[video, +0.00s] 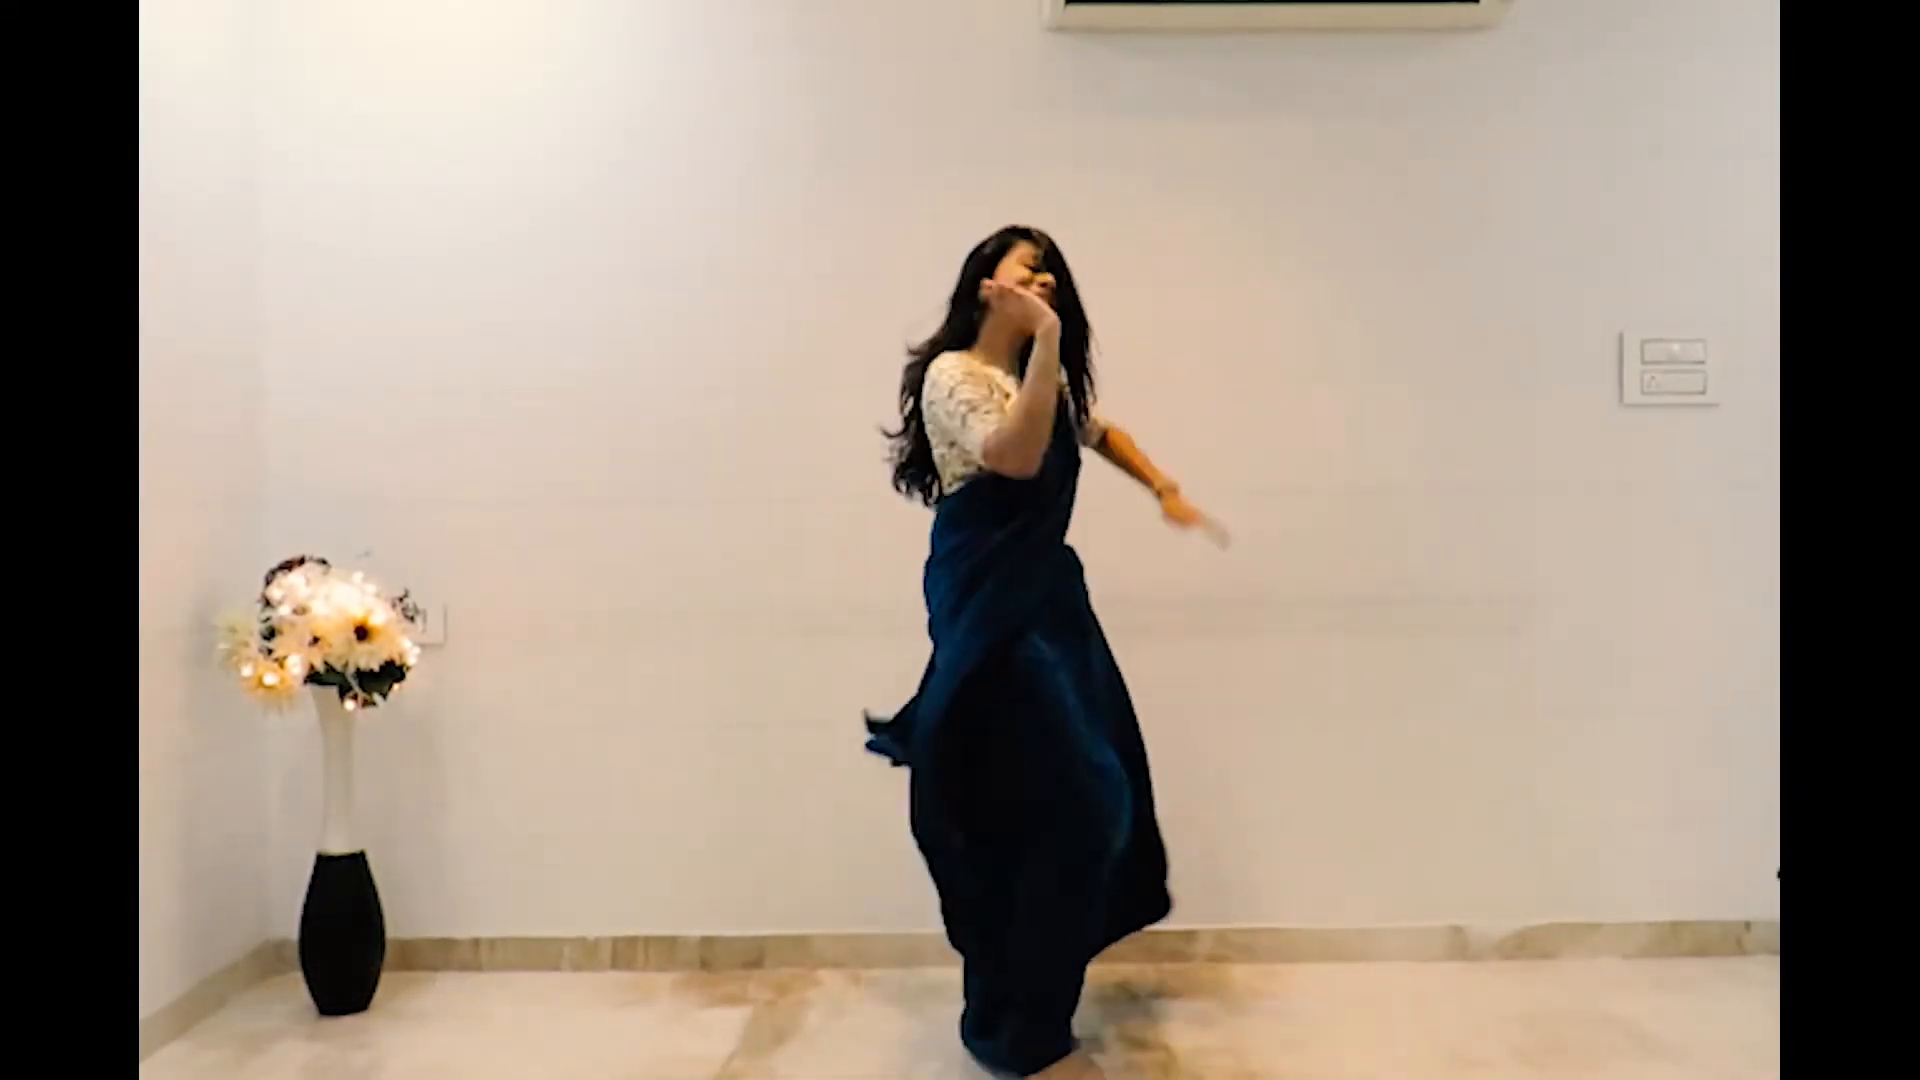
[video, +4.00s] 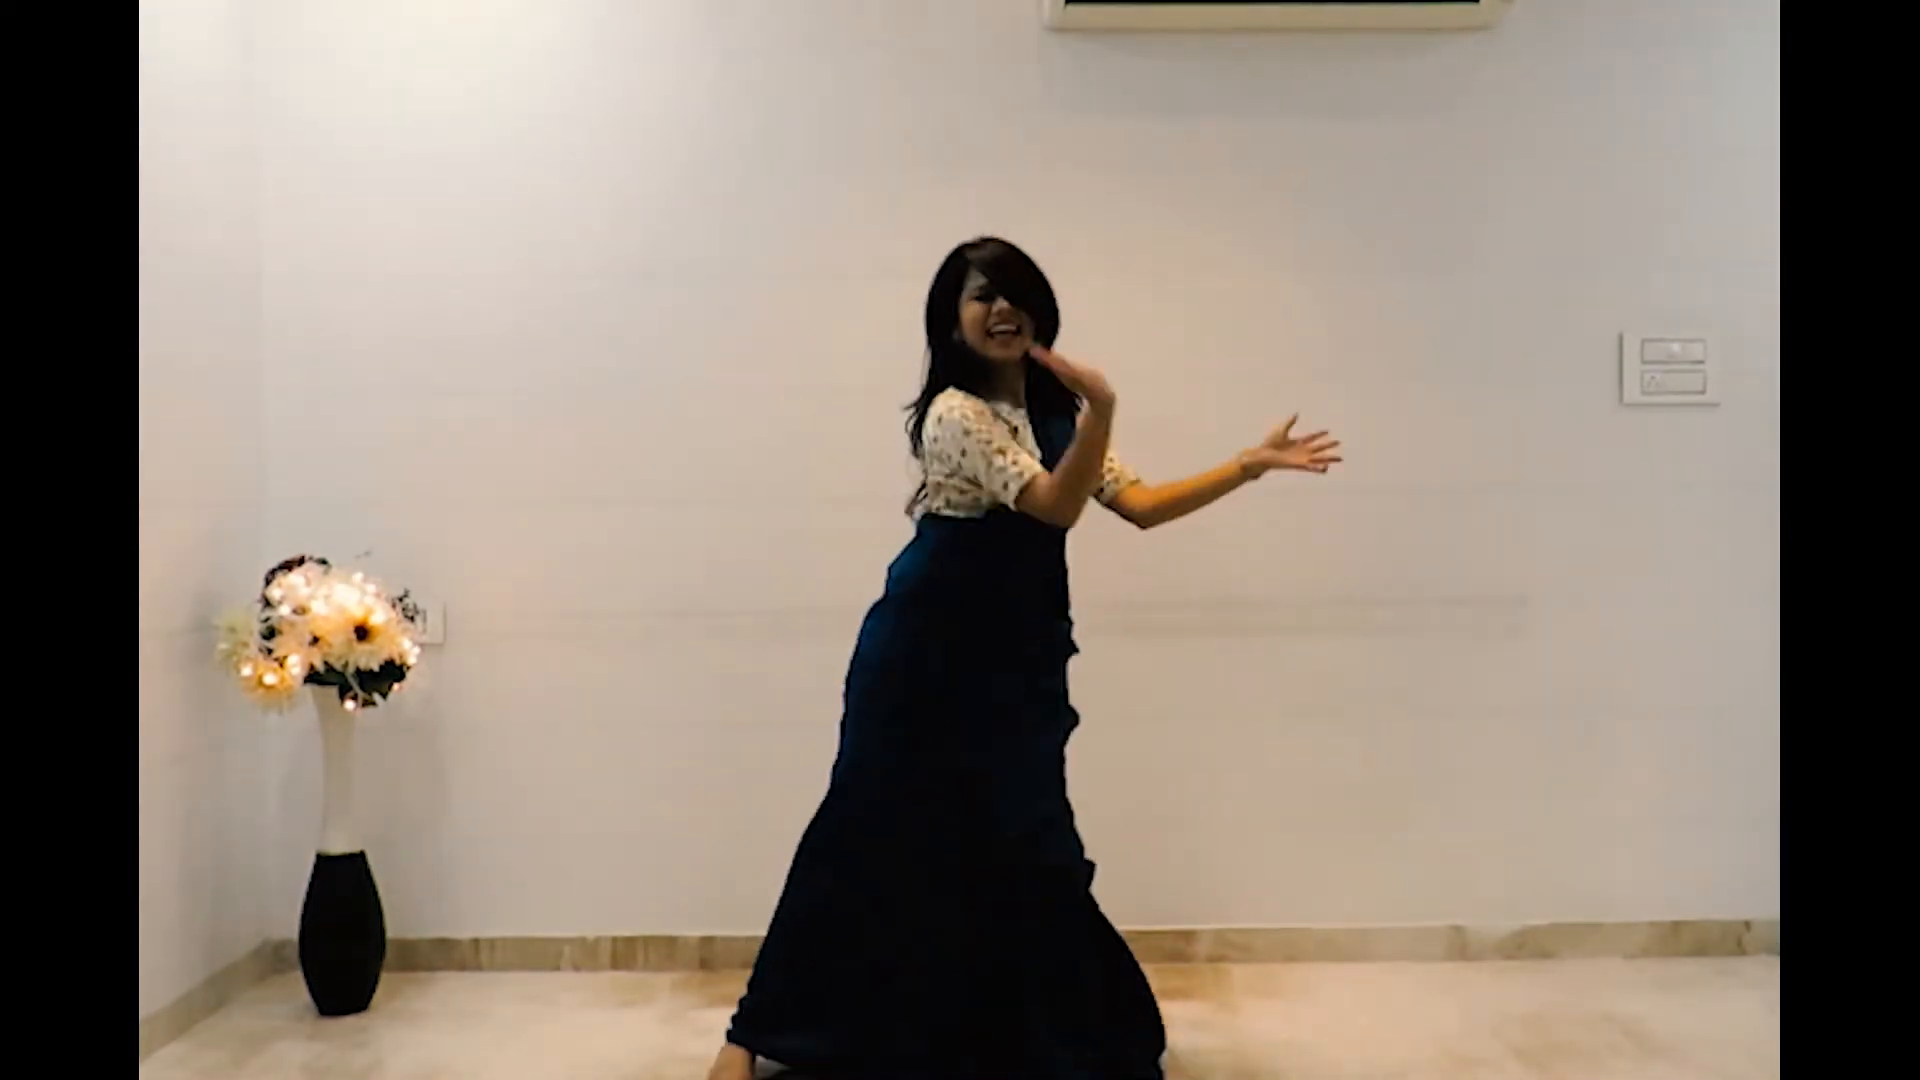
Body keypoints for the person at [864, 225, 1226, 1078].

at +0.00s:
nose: (1042, 283)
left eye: (1052, 277)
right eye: (1025, 269)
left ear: (1055, 307)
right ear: (981, 287)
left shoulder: (1046, 378)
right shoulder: (950, 377)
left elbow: (1097, 430)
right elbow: (1015, 455)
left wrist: (1162, 484)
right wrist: (1045, 343)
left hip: (1052, 605)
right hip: (986, 613)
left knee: (1092, 789)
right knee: (1066, 792)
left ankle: (1028, 995)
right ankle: (1018, 1021)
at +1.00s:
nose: (992, 266)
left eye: (1006, 253)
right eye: (972, 258)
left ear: (1036, 282)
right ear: (949, 293)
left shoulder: (1072, 360)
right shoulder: (937, 379)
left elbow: (1125, 369)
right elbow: (945, 413)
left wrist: (1174, 310)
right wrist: (922, 309)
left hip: (1066, 620)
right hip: (965, 623)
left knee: (1078, 822)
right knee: (960, 822)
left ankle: (1074, 1043)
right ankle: (956, 1040)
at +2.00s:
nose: (1001, 269)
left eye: (1020, 258)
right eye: (997, 258)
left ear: (1054, 287)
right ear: (990, 284)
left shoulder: (1058, 367)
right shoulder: (989, 364)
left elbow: (1071, 348)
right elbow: (890, 336)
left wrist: (1060, 304)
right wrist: (909, 279)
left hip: (1026, 596)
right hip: (977, 596)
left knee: (960, 803)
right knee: (973, 805)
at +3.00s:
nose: (992, 255)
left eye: (1010, 249)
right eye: (1000, 244)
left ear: (1038, 275)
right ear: (1030, 281)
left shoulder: (1033, 361)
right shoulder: (997, 356)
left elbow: (930, 374)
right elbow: (882, 388)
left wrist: (914, 255)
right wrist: (884, 294)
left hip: (1029, 613)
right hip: (1004, 608)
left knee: (982, 803)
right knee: (986, 803)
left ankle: (1005, 1018)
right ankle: (1001, 1011)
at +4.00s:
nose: (1004, 308)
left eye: (1017, 295)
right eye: (984, 296)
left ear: (1040, 313)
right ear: (951, 317)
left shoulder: (1055, 414)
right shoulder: (952, 414)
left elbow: (1140, 504)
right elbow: (1054, 504)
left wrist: (1253, 463)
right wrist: (1100, 409)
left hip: (1017, 660)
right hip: (924, 656)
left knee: (1037, 863)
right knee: (863, 844)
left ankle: (1055, 1050)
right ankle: (746, 1045)